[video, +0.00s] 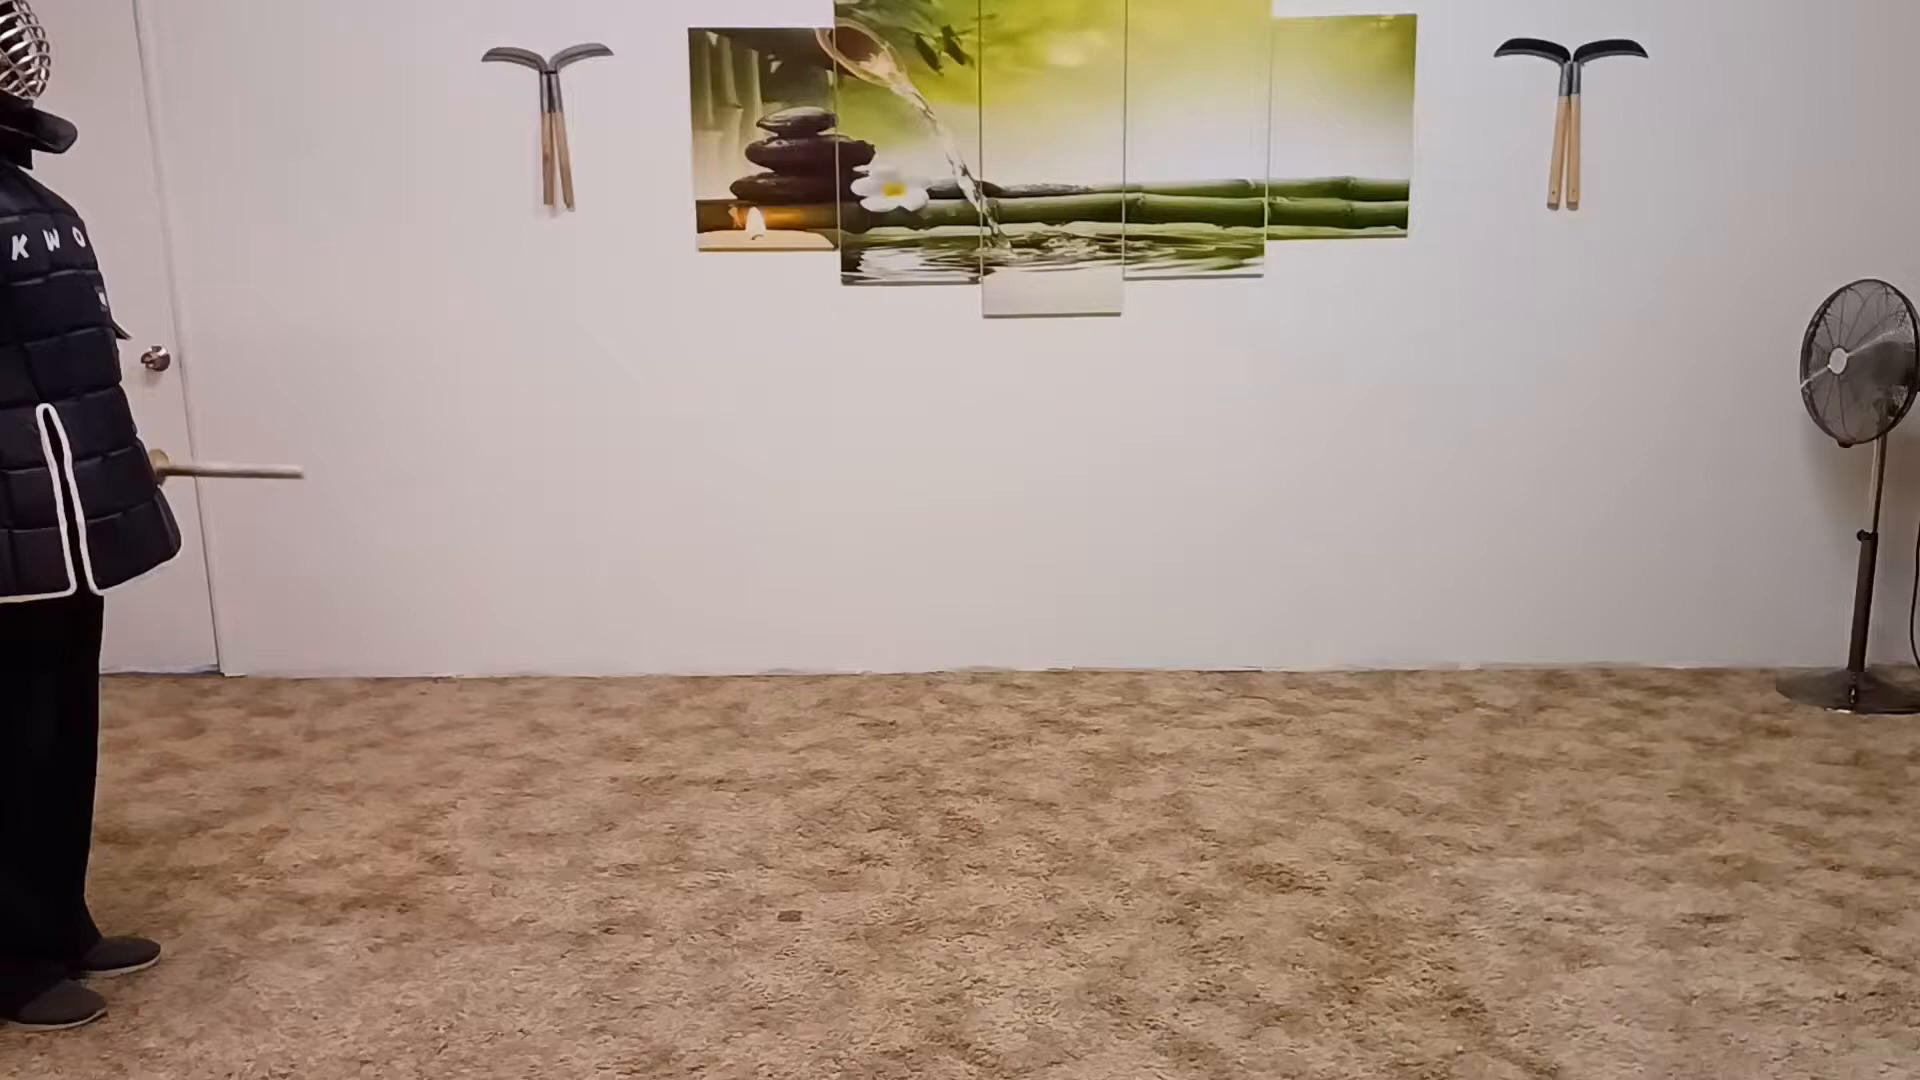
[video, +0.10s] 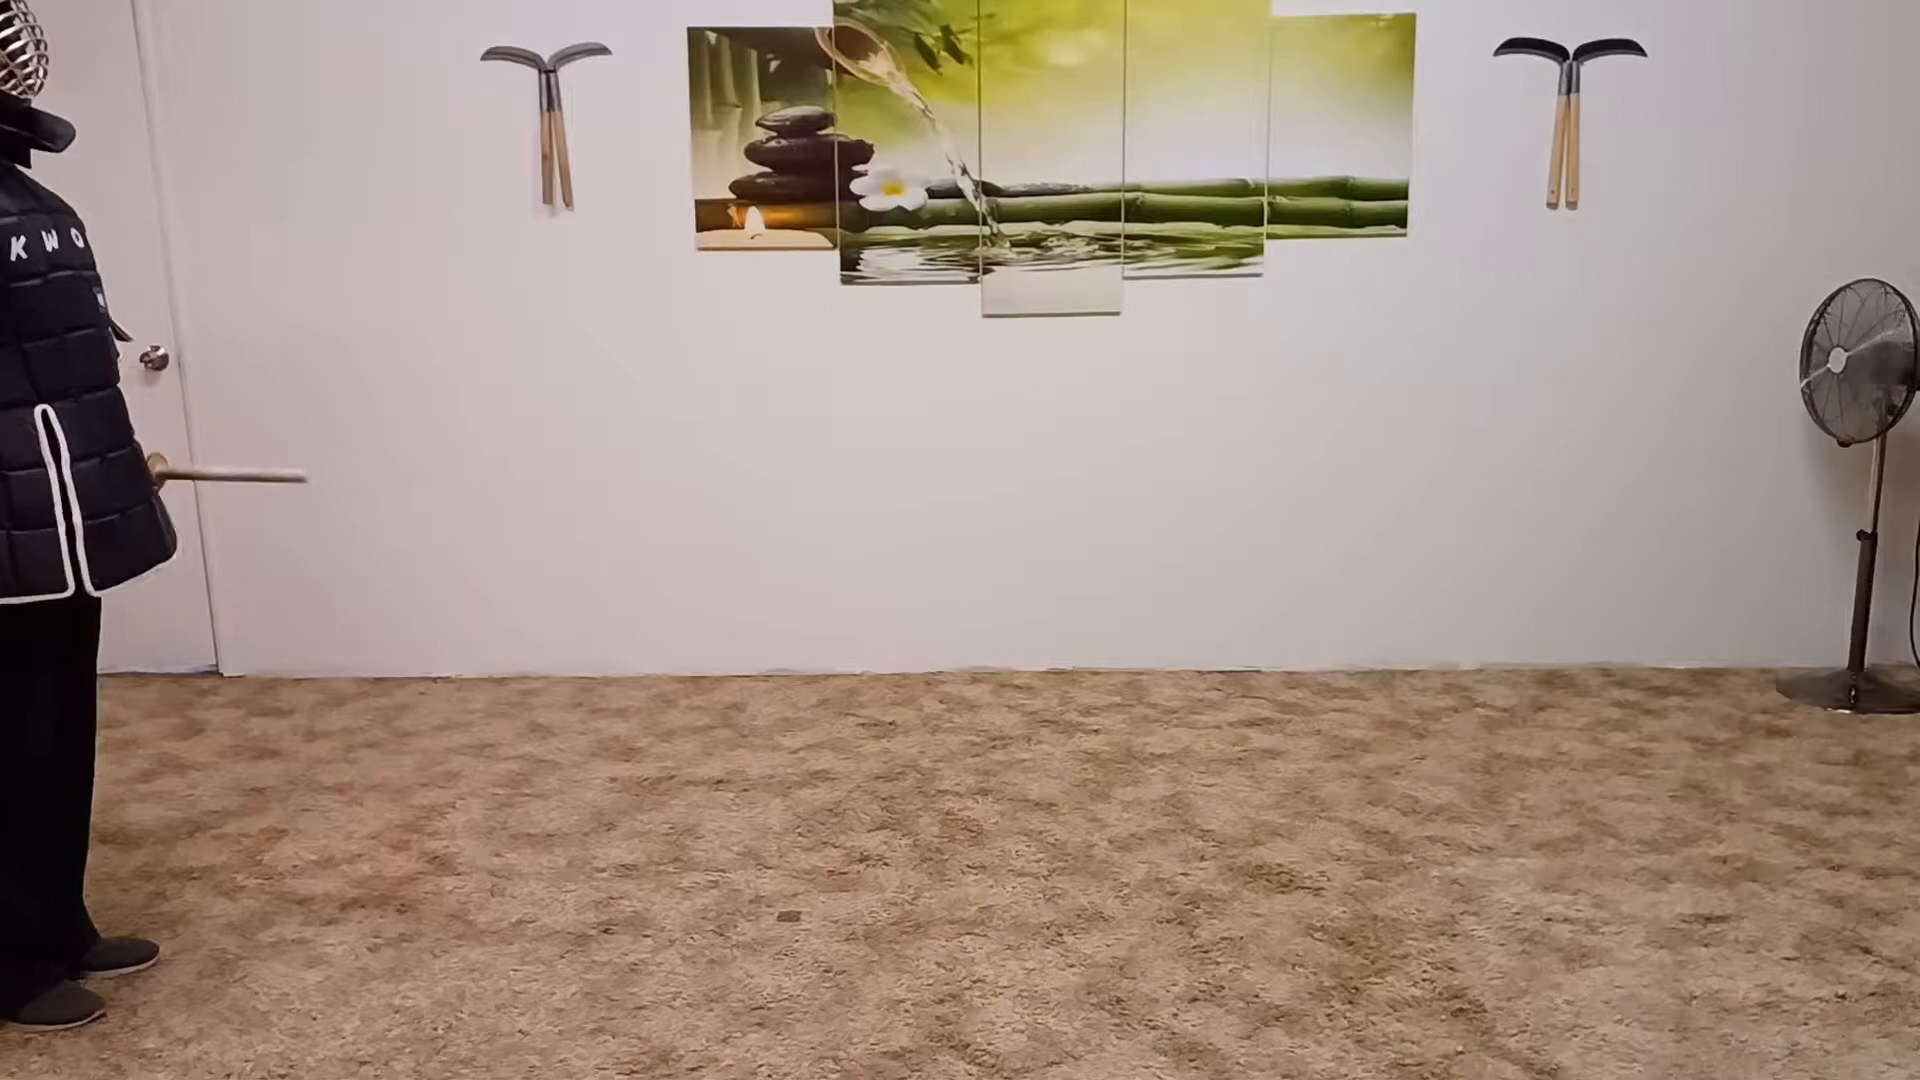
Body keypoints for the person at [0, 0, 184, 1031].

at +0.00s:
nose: (28, 87)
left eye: (27, 72)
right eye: (19, 70)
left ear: (21, 92)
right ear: (3, 90)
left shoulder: (44, 202)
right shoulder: (10, 210)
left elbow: (74, 362)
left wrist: (128, 487)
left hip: (69, 541)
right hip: (12, 554)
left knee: (65, 741)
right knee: (13, 753)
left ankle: (63, 931)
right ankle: (13, 968)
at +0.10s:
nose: (30, 82)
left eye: (26, 67)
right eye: (21, 65)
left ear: (17, 82)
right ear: (6, 80)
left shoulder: (39, 196)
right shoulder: (5, 202)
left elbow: (69, 356)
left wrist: (125, 463)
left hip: (67, 537)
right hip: (11, 551)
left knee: (63, 741)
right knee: (11, 752)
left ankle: (61, 931)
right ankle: (11, 968)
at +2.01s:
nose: (54, 76)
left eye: (56, 58)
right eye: (31, 61)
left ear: (60, 70)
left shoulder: (61, 206)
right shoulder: (9, 213)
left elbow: (100, 387)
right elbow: (15, 411)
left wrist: (161, 507)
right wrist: (22, 562)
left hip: (109, 545)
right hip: (37, 559)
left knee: (106, 754)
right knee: (47, 768)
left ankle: (89, 939)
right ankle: (62, 985)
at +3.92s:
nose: (115, 78)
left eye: (111, 58)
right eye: (92, 60)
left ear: (86, 72)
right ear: (41, 71)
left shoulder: (111, 201)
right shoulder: (17, 206)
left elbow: (165, 384)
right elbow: (25, 399)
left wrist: (211, 507)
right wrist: (92, 536)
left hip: (152, 540)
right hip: (70, 552)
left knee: (152, 752)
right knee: (83, 768)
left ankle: (156, 931)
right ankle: (90, 982)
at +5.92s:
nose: (124, 67)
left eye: (120, 47)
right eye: (100, 49)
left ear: (96, 69)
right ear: (47, 67)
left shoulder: (120, 200)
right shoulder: (20, 207)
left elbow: (174, 382)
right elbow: (24, 401)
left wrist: (219, 509)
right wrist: (98, 539)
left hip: (158, 548)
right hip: (70, 559)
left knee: (160, 753)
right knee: (85, 773)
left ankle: (161, 932)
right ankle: (88, 982)